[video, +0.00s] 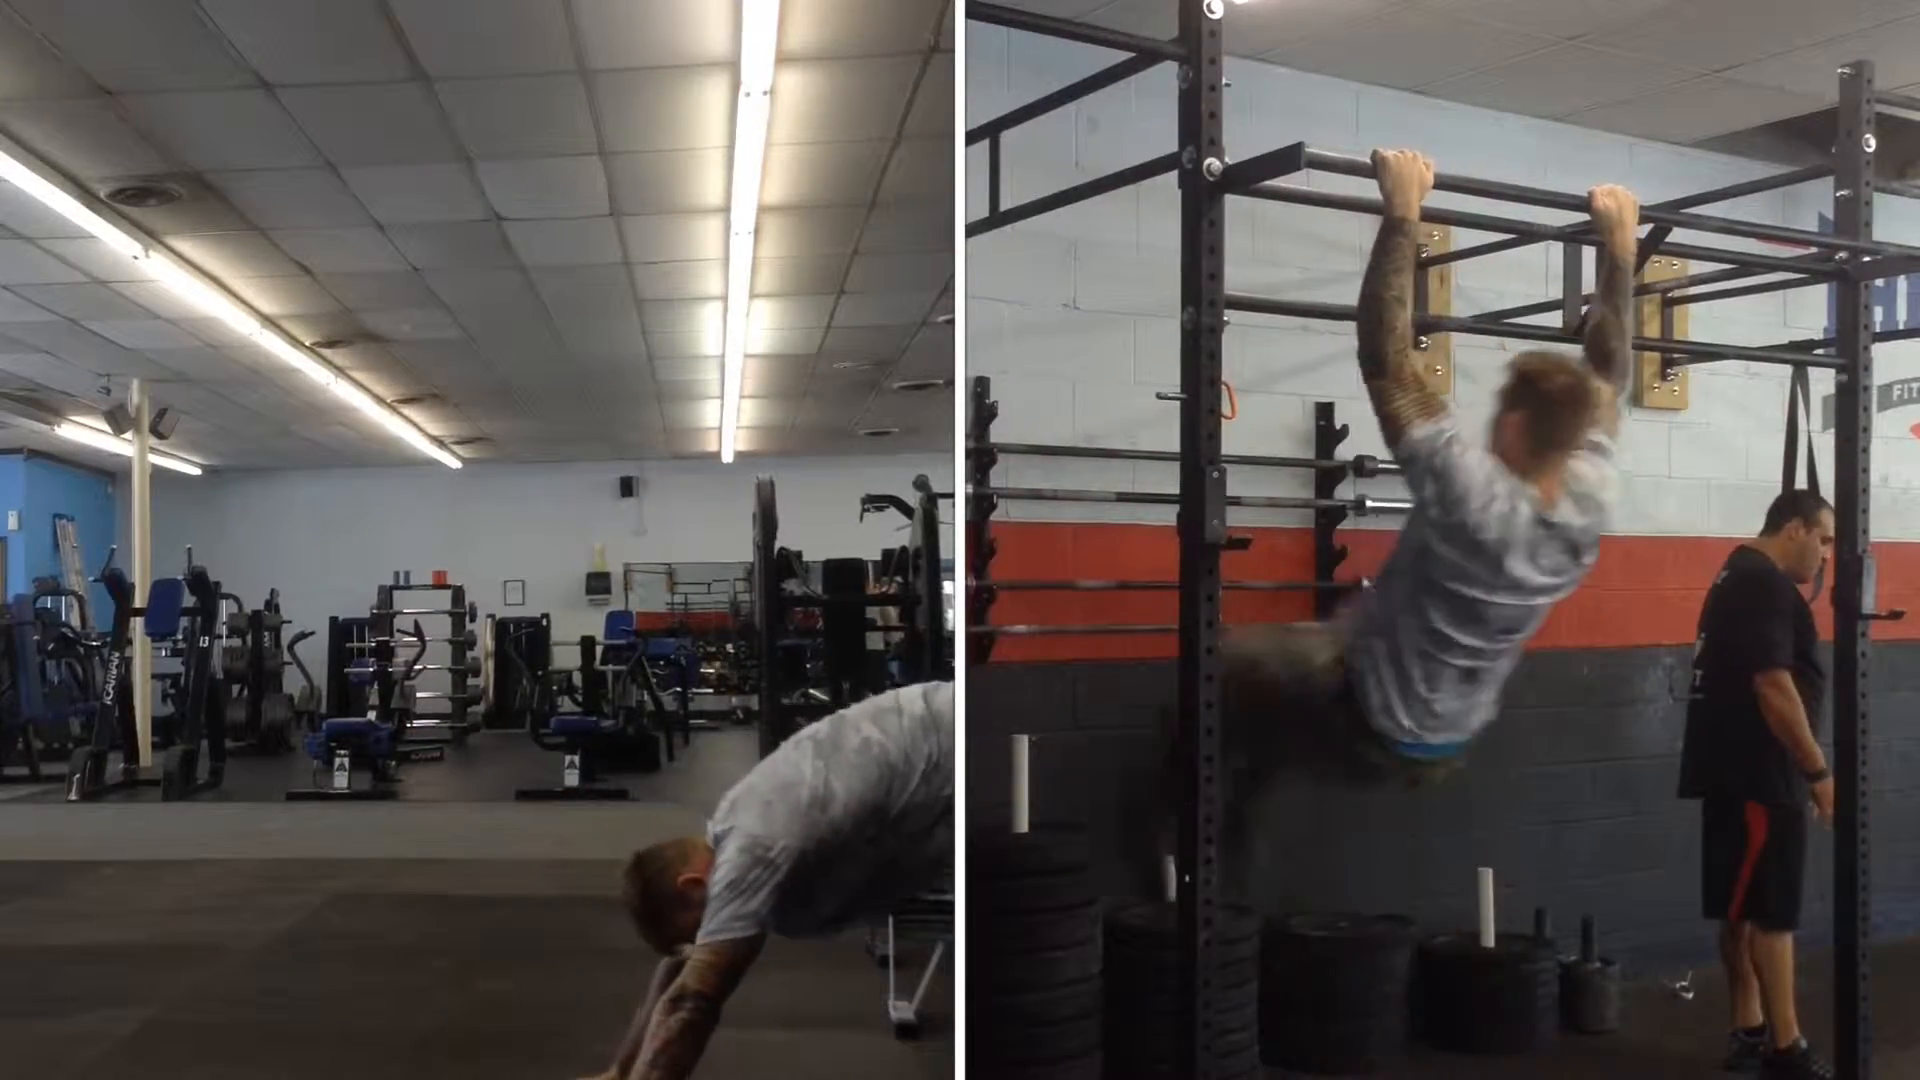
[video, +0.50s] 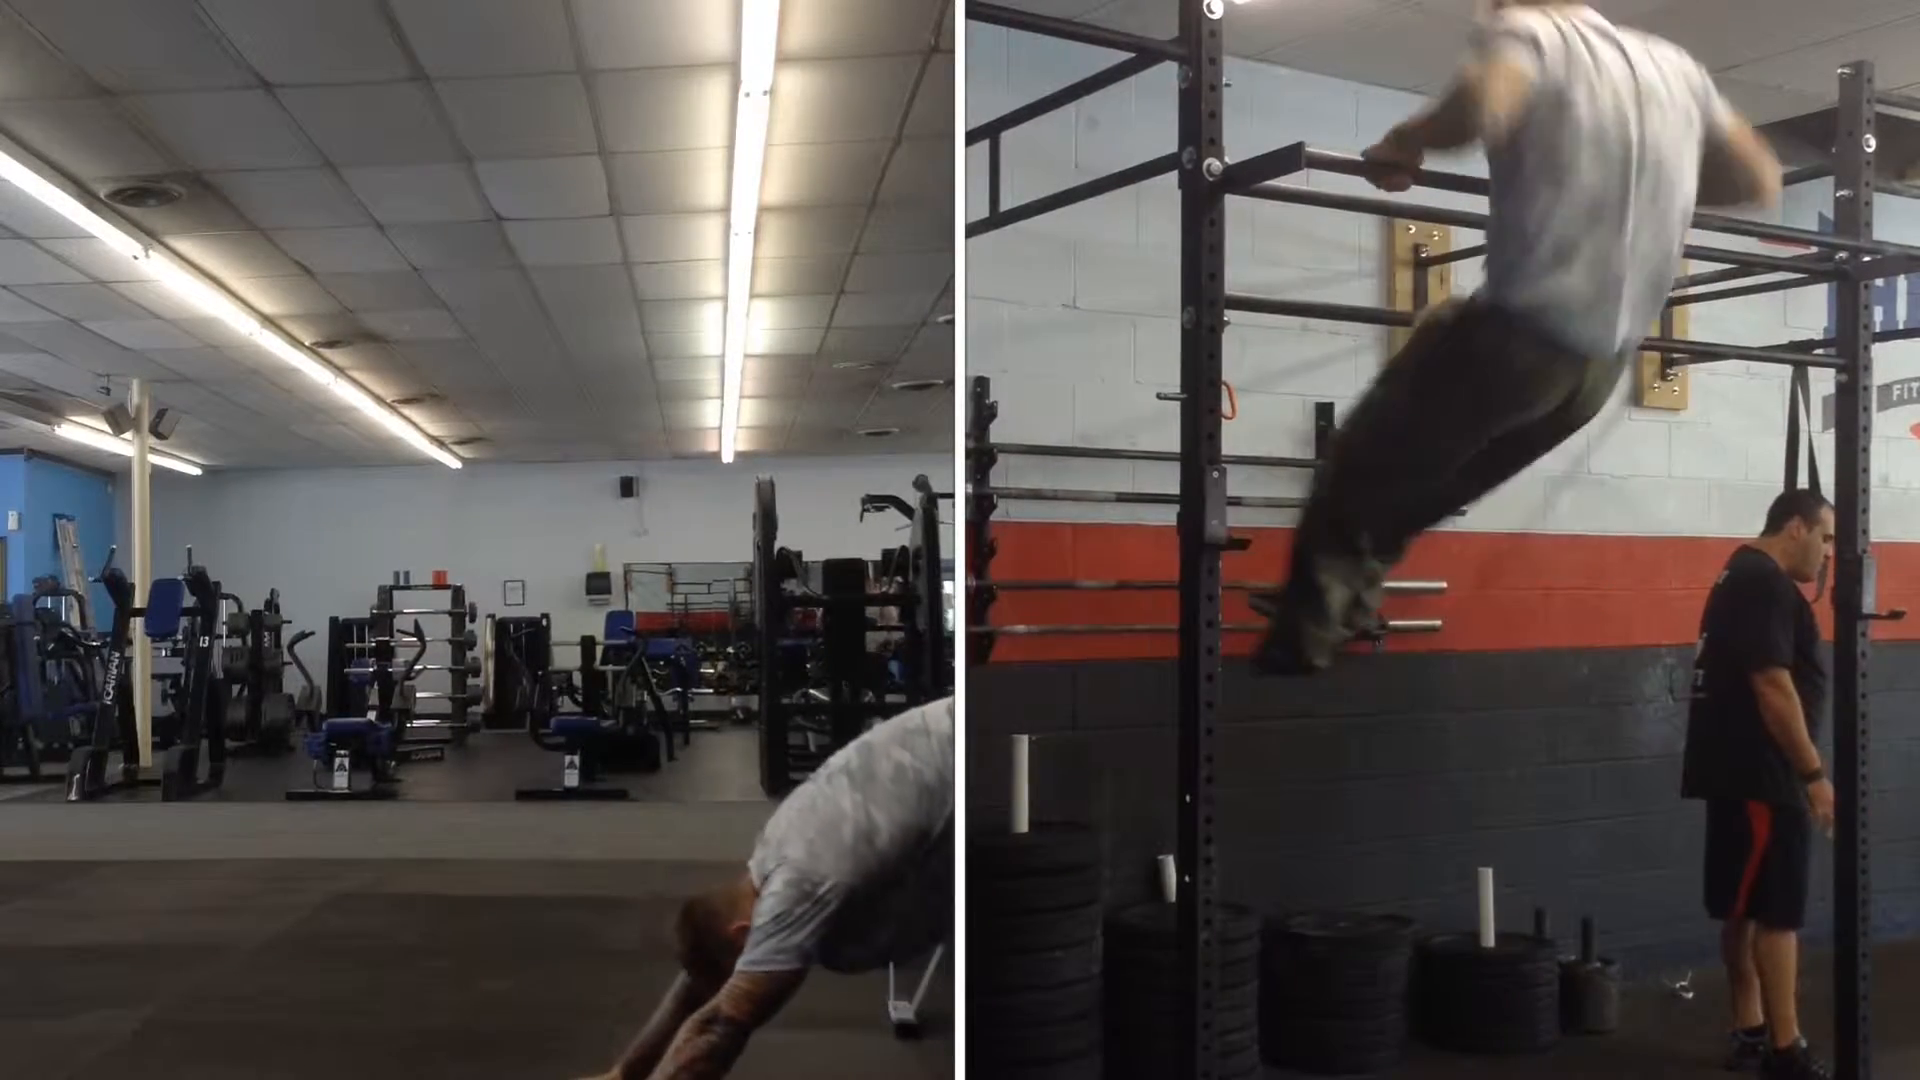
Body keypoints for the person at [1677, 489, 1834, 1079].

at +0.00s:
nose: (1825, 551)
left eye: (1829, 541)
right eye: (1822, 538)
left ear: (1783, 528)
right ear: (1793, 529)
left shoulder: (1739, 580)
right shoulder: (1764, 585)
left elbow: (1747, 684)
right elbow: (1771, 687)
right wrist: (1819, 771)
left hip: (1735, 771)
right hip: (1761, 776)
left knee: (1741, 911)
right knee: (1773, 916)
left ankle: (1749, 1032)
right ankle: (1787, 1045)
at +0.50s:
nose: (1828, 549)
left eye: (1830, 538)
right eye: (1825, 536)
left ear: (1786, 527)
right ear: (1796, 527)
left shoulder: (1742, 579)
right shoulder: (1764, 584)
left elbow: (1751, 686)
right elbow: (1771, 687)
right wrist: (1814, 772)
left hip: (1737, 770)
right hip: (1763, 774)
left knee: (1745, 910)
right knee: (1777, 915)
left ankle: (1749, 1034)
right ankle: (1786, 1049)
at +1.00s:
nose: (1841, 553)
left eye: (1843, 540)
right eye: (1839, 538)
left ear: (1802, 526)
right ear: (1810, 526)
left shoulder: (1760, 581)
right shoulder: (1781, 585)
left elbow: (1772, 690)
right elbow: (1786, 693)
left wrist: (1820, 769)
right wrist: (1835, 773)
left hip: (1750, 774)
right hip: (1784, 777)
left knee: (1749, 910)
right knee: (1811, 920)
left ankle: (1752, 1032)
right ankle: (1832, 1051)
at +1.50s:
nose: (1866, 535)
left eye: (1866, 522)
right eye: (1862, 522)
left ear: (1814, 514)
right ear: (1835, 517)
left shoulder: (1784, 577)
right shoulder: (1825, 586)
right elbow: (1849, 700)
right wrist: (1895, 787)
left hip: (1791, 771)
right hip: (1827, 778)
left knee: (1807, 910)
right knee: (1834, 919)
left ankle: (1769, 1017)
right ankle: (1840, 1054)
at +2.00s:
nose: (1902, 529)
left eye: (1902, 517)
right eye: (1893, 517)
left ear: (1850, 520)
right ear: (1856, 518)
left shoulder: (1811, 577)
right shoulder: (1848, 587)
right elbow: (1869, 703)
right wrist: (1914, 777)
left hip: (1808, 781)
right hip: (1842, 789)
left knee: (1830, 929)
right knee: (1848, 931)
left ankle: (1839, 1052)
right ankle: (1845, 1056)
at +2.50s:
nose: (1910, 524)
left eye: (1908, 511)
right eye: (1900, 511)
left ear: (1865, 519)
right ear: (1865, 517)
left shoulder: (1829, 579)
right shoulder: (1861, 589)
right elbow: (1882, 702)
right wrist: (1914, 775)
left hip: (1842, 781)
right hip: (1864, 790)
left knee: (1862, 922)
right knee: (1865, 925)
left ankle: (1854, 1041)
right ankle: (1852, 1048)